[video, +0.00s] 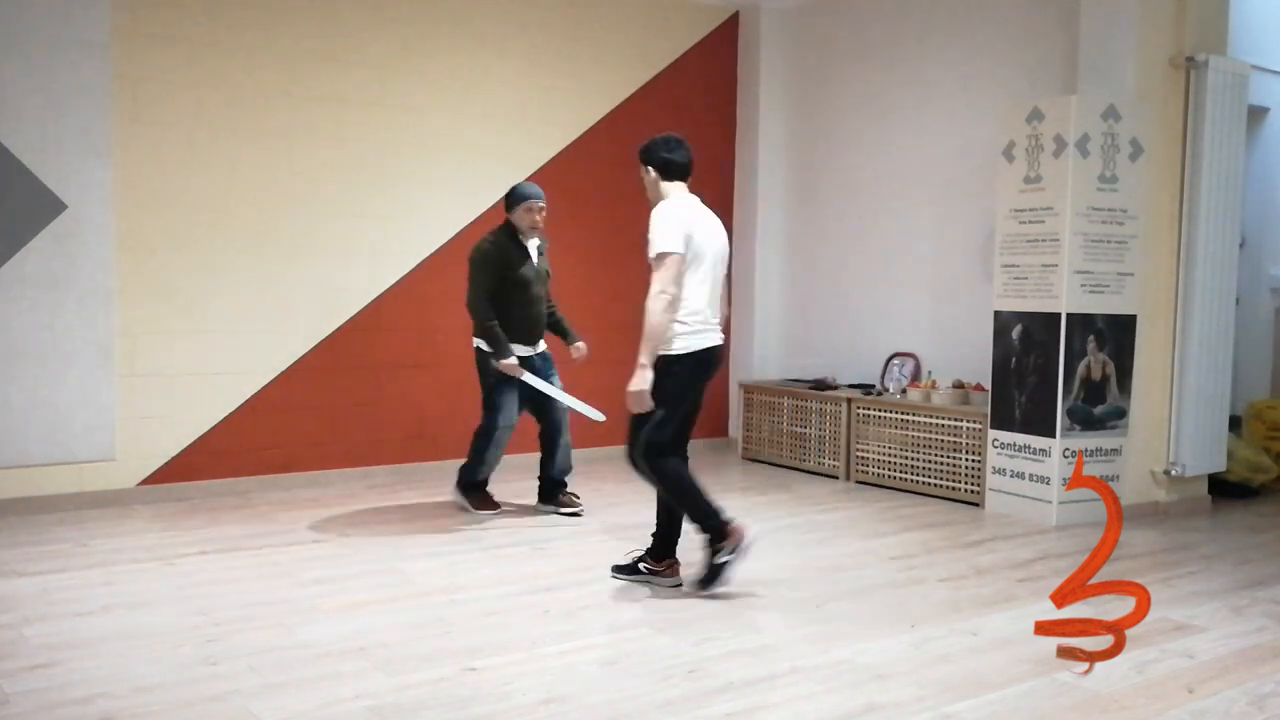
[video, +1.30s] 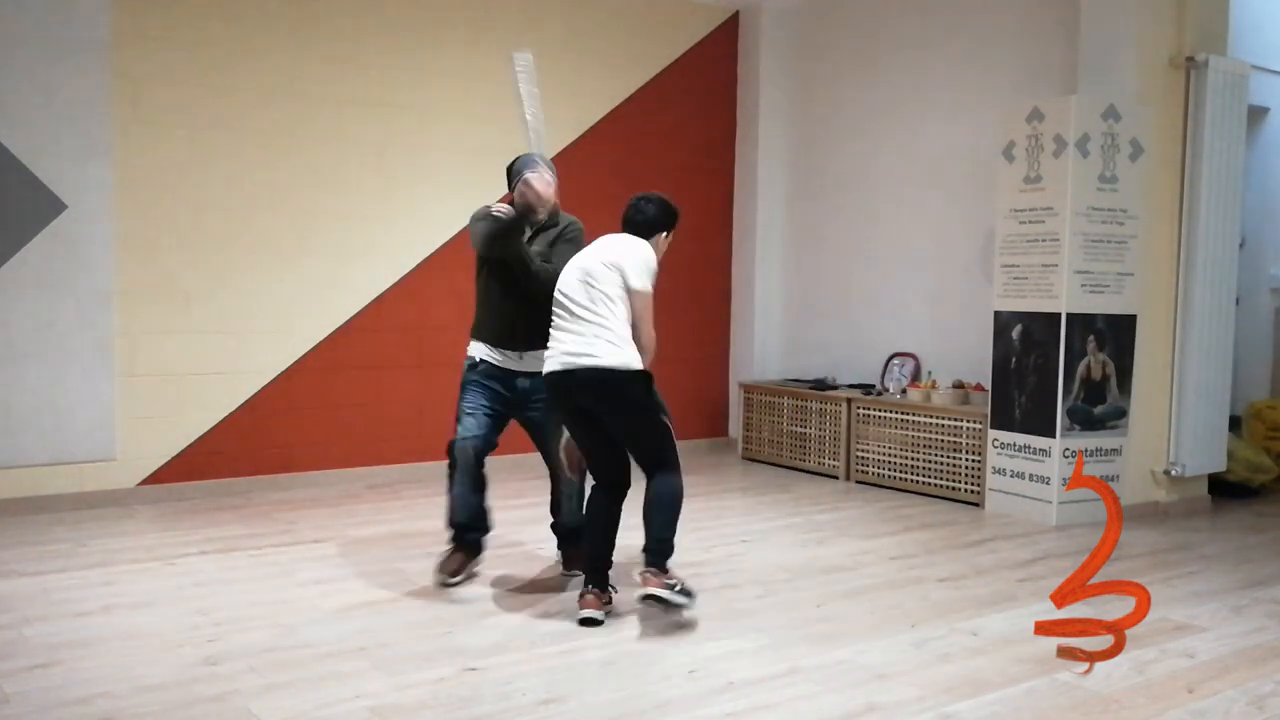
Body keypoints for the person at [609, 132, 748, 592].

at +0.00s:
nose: (642, 181)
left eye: (642, 173)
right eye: (641, 173)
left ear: (652, 172)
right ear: (685, 173)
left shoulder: (669, 214)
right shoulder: (709, 218)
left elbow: (664, 293)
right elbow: (718, 302)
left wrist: (644, 365)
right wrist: (708, 349)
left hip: (679, 351)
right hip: (704, 349)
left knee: (646, 450)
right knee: (670, 451)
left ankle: (722, 532)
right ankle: (663, 556)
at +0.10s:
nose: (630, 177)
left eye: (629, 170)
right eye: (630, 170)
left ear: (639, 170)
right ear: (675, 170)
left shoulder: (652, 213)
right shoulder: (699, 218)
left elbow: (643, 295)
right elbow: (706, 306)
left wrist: (620, 367)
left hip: (661, 352)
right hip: (694, 349)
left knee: (620, 450)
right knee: (666, 450)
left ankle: (662, 553)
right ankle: (662, 552)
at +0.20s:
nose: (616, 175)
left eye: (616, 168)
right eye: (619, 168)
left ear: (624, 170)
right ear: (662, 170)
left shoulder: (631, 215)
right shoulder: (691, 221)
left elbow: (619, 300)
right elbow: (695, 307)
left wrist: (597, 372)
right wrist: (673, 348)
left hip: (639, 356)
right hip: (680, 354)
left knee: (610, 460)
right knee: (656, 453)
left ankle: (605, 576)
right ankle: (661, 557)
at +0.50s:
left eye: (577, 172)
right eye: (622, 167)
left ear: (576, 173)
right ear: (624, 171)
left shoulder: (562, 225)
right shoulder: (663, 221)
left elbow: (543, 313)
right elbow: (681, 309)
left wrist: (528, 386)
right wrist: (670, 364)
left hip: (594, 362)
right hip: (659, 360)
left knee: (568, 472)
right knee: (649, 460)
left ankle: (575, 590)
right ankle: (647, 576)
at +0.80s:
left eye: (595, 194)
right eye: (638, 191)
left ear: (591, 199)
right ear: (645, 196)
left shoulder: (568, 265)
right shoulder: (681, 261)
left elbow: (546, 355)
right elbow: (703, 352)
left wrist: (529, 426)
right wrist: (701, 410)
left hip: (585, 415)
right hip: (656, 417)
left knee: (578, 486)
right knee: (652, 535)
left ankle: (587, 590)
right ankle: (631, 648)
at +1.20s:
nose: (660, 251)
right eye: (661, 243)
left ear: (613, 234)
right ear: (657, 244)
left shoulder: (573, 273)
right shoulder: (657, 280)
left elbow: (556, 361)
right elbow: (667, 369)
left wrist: (551, 437)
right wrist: (655, 419)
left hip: (569, 402)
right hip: (629, 401)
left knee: (605, 488)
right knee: (663, 504)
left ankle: (600, 591)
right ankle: (636, 585)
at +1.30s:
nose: (667, 246)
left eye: (669, 239)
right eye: (669, 238)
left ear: (627, 224)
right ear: (661, 234)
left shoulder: (585, 255)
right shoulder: (638, 250)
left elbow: (569, 342)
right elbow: (644, 334)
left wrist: (572, 428)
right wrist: (638, 387)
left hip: (563, 377)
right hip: (616, 375)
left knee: (610, 478)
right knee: (663, 469)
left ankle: (593, 590)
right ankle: (655, 571)